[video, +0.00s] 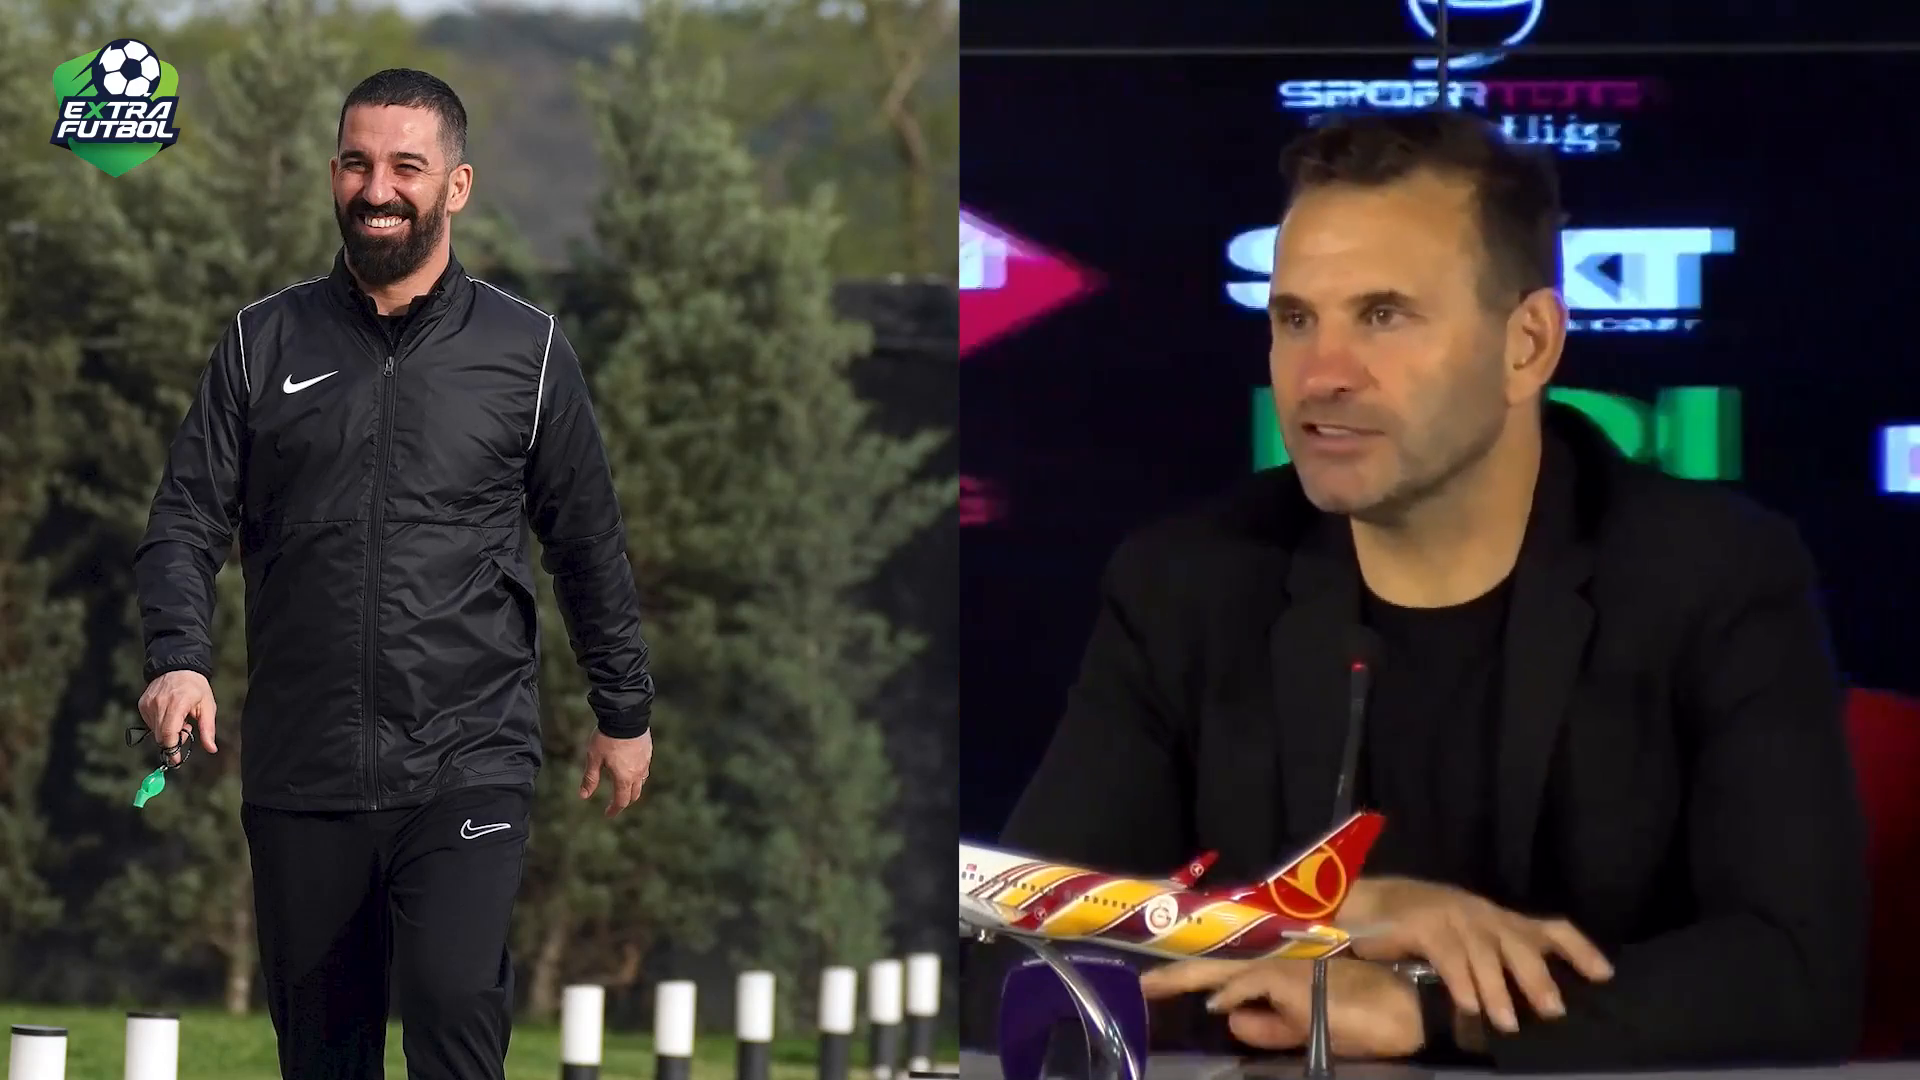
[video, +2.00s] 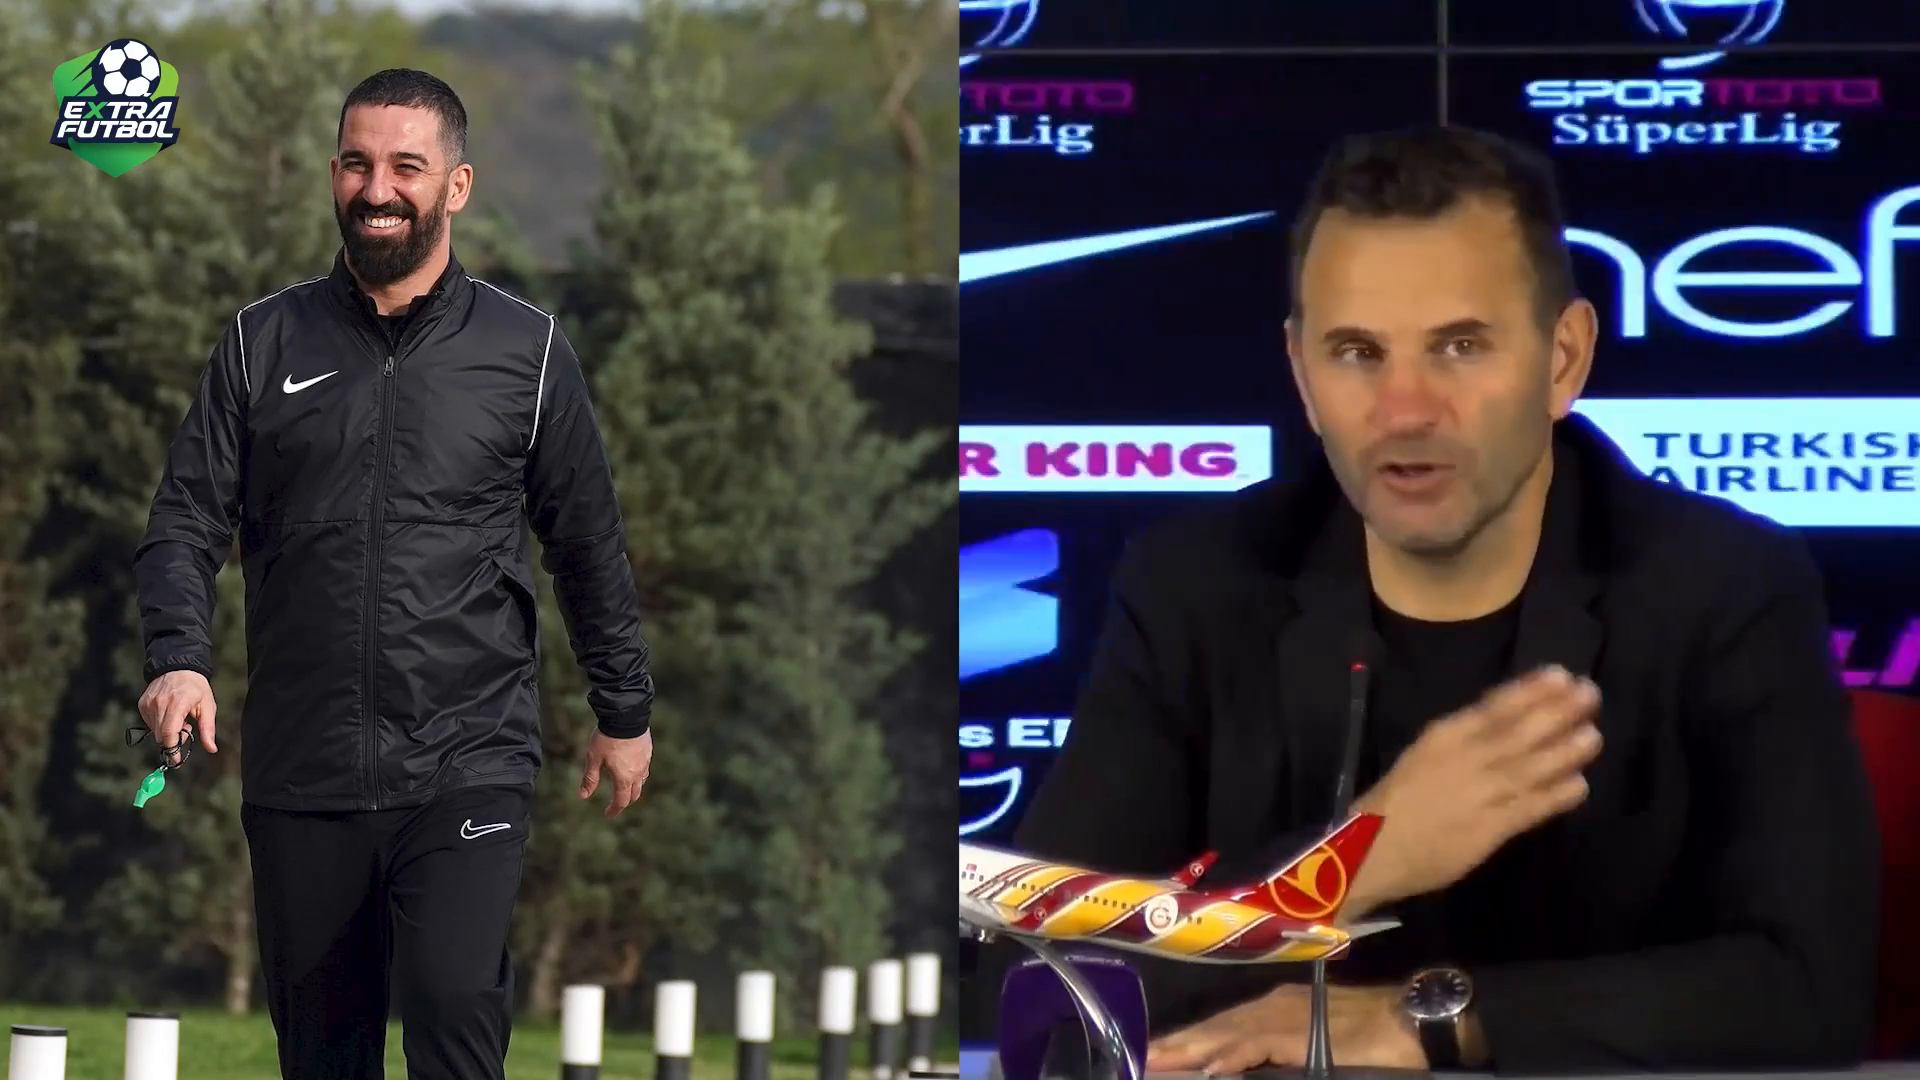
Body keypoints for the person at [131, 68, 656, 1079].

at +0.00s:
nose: (376, 187)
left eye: (405, 164)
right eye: (356, 162)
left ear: (458, 185)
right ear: (334, 176)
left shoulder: (529, 350)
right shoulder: (259, 343)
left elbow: (589, 542)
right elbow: (187, 513)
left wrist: (623, 709)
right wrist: (178, 658)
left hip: (472, 751)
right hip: (302, 753)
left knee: (454, 1017)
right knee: (320, 1039)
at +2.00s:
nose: (376, 187)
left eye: (405, 164)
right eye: (356, 162)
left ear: (458, 185)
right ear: (334, 176)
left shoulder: (529, 349)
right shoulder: (259, 342)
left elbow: (588, 540)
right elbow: (187, 513)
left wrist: (623, 709)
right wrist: (178, 658)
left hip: (471, 752)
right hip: (302, 755)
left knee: (455, 1019)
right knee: (320, 1042)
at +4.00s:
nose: (375, 187)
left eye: (405, 164)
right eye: (356, 162)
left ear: (458, 185)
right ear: (334, 177)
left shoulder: (530, 350)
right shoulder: (259, 342)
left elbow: (588, 541)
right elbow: (187, 513)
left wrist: (623, 708)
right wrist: (177, 658)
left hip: (472, 752)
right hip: (301, 755)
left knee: (455, 1018)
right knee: (320, 1042)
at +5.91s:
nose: (375, 186)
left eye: (405, 164)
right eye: (356, 162)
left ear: (458, 186)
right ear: (334, 177)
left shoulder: (530, 350)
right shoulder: (259, 343)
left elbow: (589, 542)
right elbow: (186, 513)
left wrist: (623, 708)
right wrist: (178, 658)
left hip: (472, 750)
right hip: (302, 752)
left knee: (454, 1018)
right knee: (320, 1041)